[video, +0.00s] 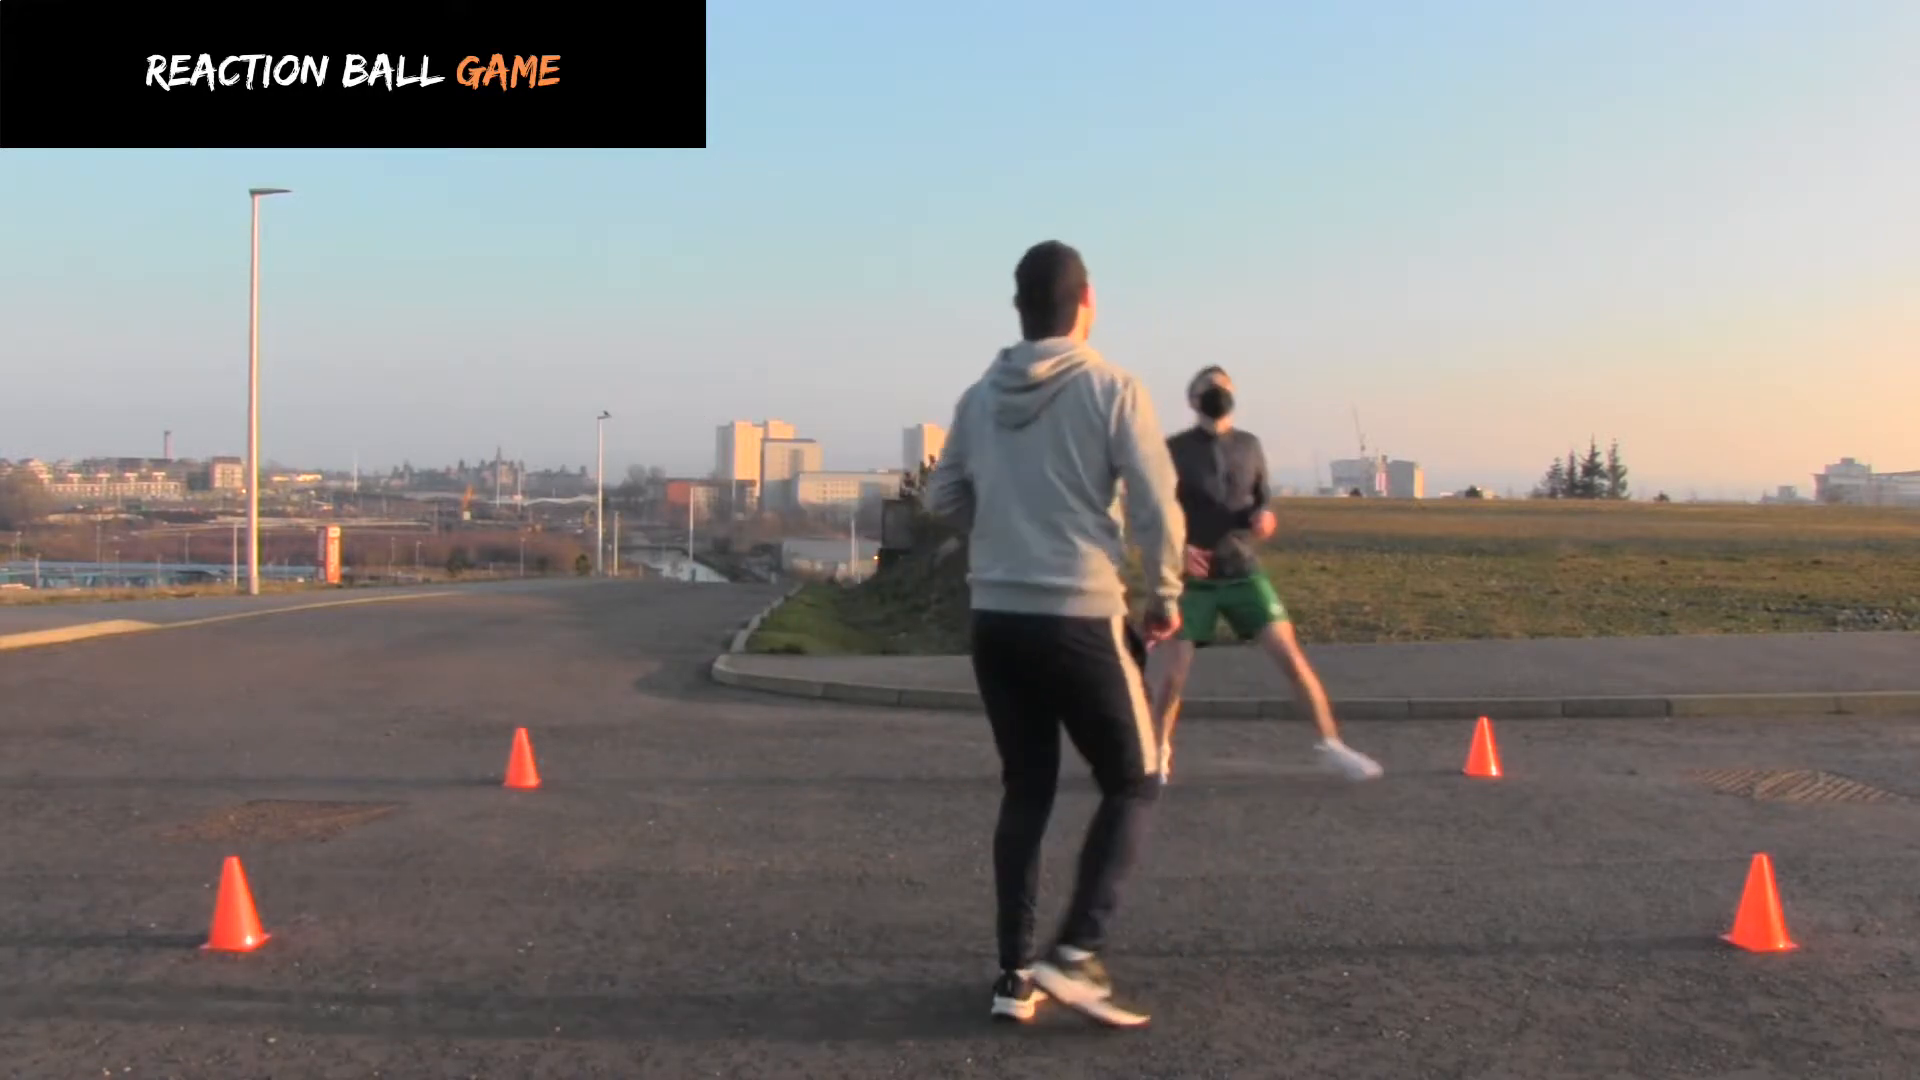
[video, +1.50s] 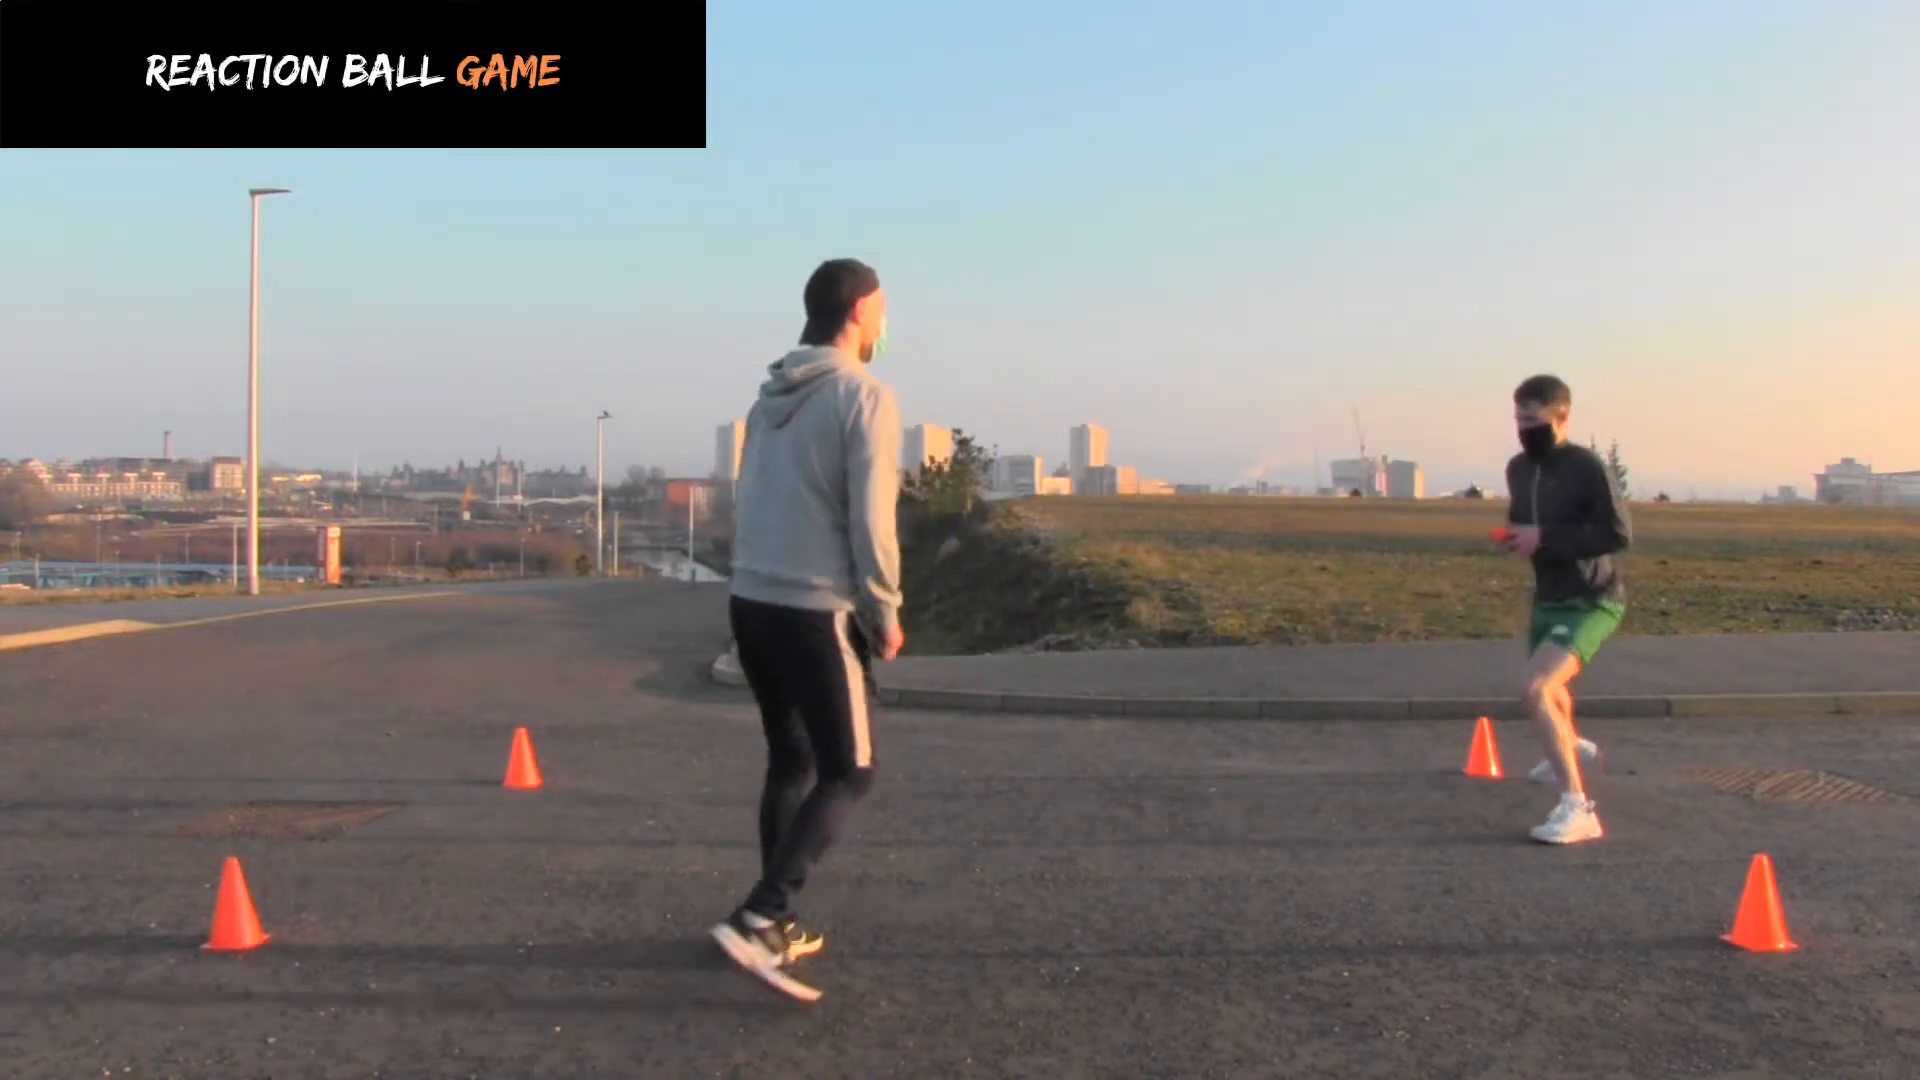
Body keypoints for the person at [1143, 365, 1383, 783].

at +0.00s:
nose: (1217, 397)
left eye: (1223, 389)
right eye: (1209, 390)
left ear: (1232, 397)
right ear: (1194, 399)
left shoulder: (1249, 447)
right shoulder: (1172, 450)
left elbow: (1261, 498)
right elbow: (1152, 507)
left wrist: (1263, 516)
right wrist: (1175, 547)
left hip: (1244, 573)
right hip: (1192, 577)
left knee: (1292, 657)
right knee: (1173, 675)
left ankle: (1330, 741)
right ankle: (1160, 757)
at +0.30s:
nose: (1327, 377)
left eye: (1333, 369)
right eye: (1317, 371)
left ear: (1347, 376)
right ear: (1305, 381)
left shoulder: (1370, 418)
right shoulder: (1296, 435)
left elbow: (1411, 463)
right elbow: (1287, 489)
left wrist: (1382, 473)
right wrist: (1278, 524)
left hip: (1373, 560)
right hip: (1317, 560)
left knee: (1385, 659)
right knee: (1289, 652)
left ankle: (1386, 754)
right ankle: (1278, 743)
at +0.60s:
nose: (1415, 409)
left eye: (1423, 400)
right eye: (1410, 401)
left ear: (1448, 396)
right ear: (1406, 402)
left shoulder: (1474, 443)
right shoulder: (1412, 449)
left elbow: (1514, 497)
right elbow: (1411, 513)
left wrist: (1473, 497)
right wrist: (1383, 547)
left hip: (1477, 580)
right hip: (1427, 582)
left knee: (1508, 677)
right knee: (1400, 678)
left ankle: (1578, 756)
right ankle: (1429, 760)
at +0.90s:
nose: (1463, 426)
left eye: (1468, 416)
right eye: (1457, 418)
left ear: (1494, 403)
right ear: (1455, 413)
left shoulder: (1531, 439)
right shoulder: (1487, 451)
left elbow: (1581, 489)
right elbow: (1513, 519)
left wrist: (1534, 534)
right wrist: (1485, 558)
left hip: (1559, 575)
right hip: (1515, 577)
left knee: (1558, 679)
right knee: (1478, 664)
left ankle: (1617, 766)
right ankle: (1538, 733)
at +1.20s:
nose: (1512, 465)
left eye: (1519, 456)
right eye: (1506, 457)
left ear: (1546, 450)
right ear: (1502, 456)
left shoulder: (1574, 492)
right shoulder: (1506, 499)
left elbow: (1618, 552)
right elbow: (1504, 565)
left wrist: (1563, 551)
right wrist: (1518, 559)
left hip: (1581, 614)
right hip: (1538, 617)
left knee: (1538, 689)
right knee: (1509, 713)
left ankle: (1574, 806)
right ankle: (1577, 753)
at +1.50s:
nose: (1526, 431)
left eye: (1536, 422)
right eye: (1521, 421)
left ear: (1563, 417)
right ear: (1516, 418)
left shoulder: (1588, 466)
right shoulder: (1519, 470)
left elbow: (1617, 533)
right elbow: (1525, 524)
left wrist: (1545, 537)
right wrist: (1512, 535)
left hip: (1595, 598)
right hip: (1549, 598)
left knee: (1538, 687)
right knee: (1550, 694)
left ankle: (1577, 804)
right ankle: (1568, 751)